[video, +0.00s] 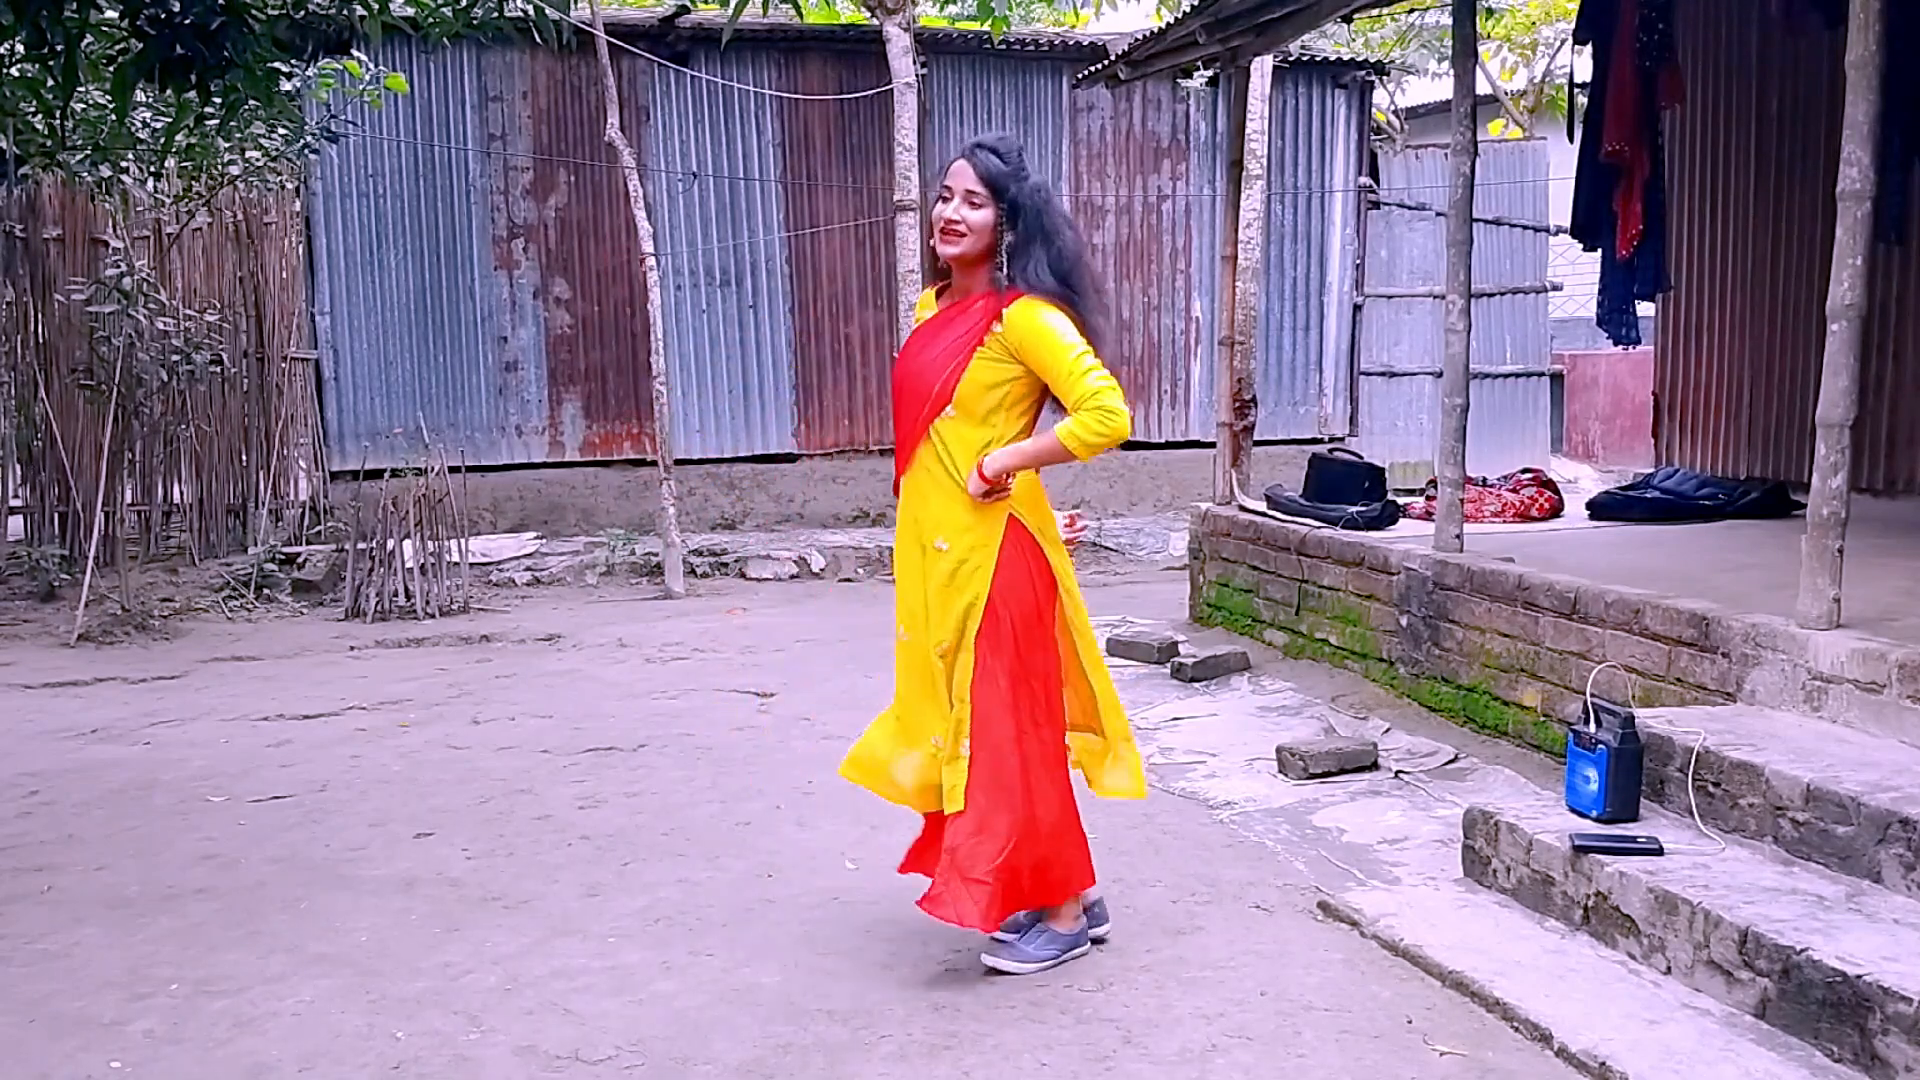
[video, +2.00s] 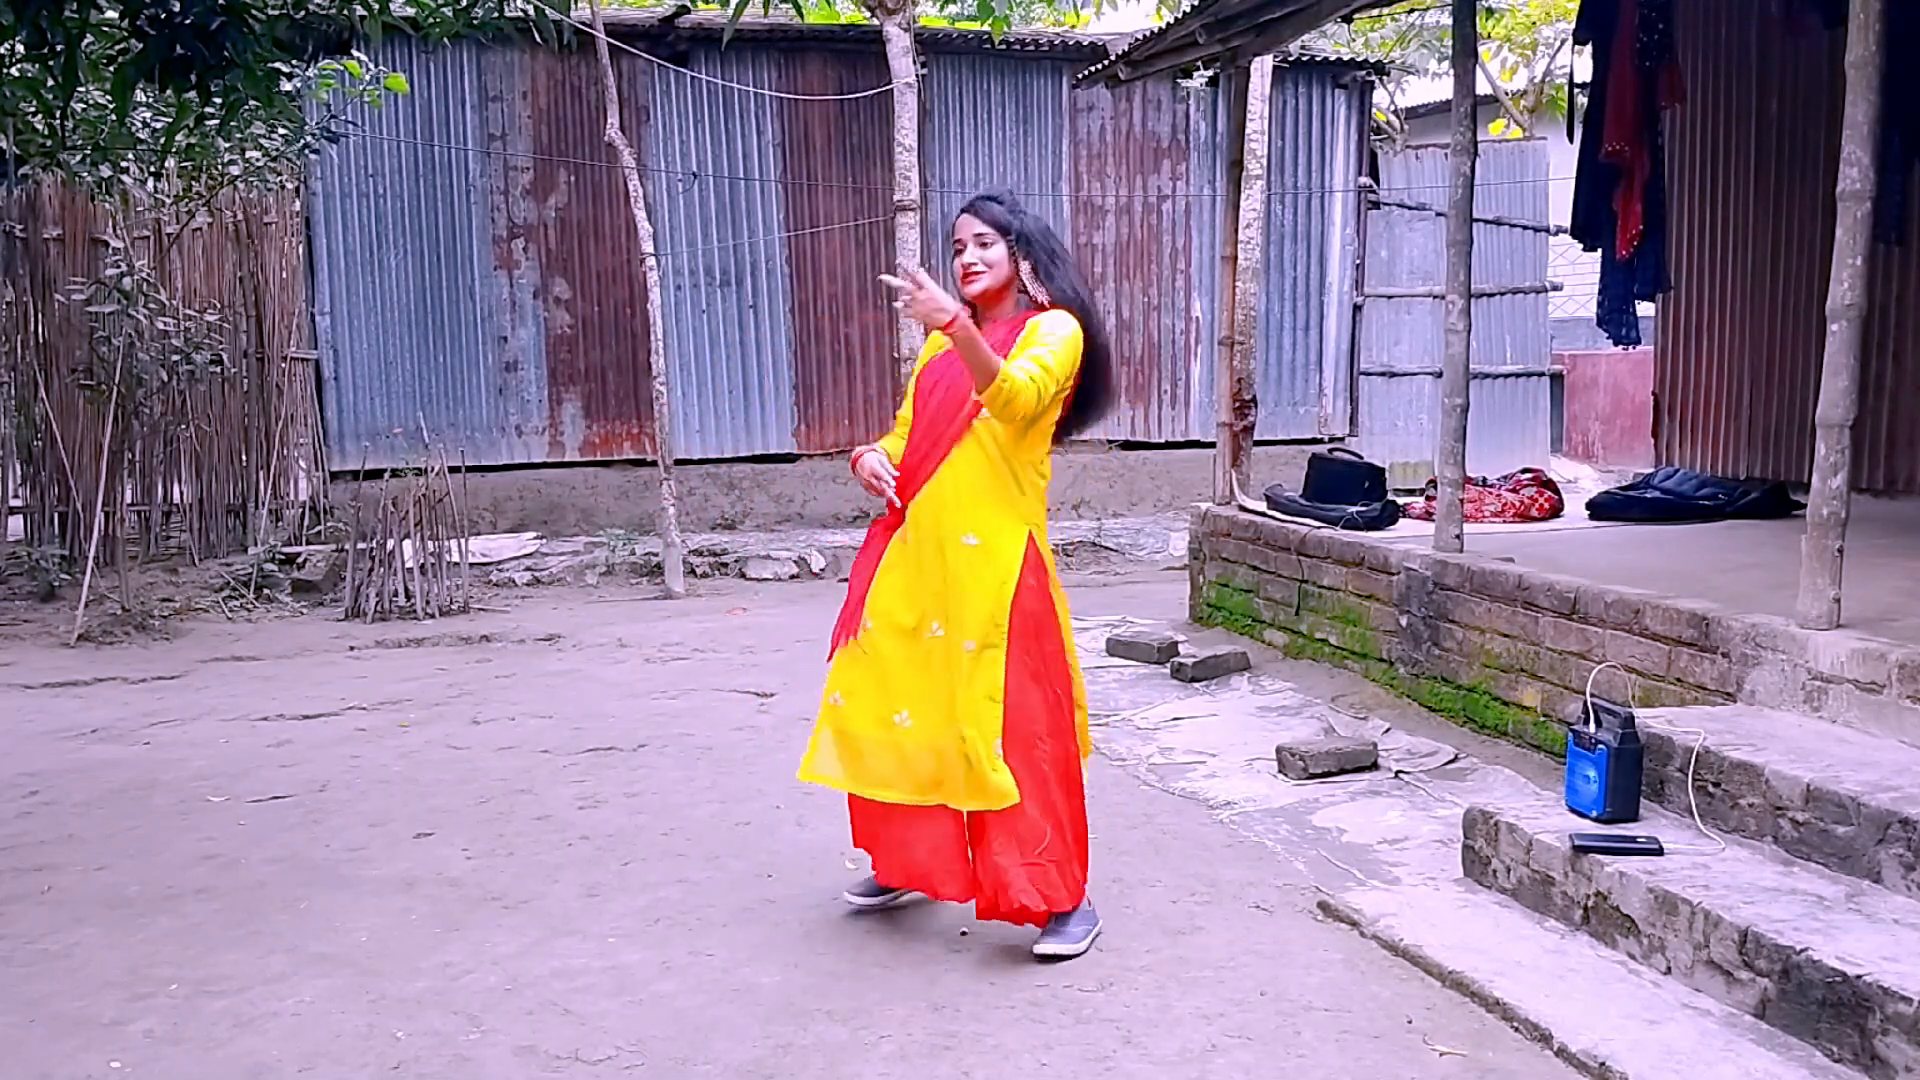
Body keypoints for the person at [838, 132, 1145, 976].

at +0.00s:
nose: (950, 211)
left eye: (972, 200)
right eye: (945, 196)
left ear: (1007, 220)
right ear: (933, 209)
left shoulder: (1025, 316)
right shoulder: (934, 310)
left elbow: (1106, 415)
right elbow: (958, 428)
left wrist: (1005, 461)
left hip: (999, 545)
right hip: (944, 543)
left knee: (1008, 722)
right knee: (988, 721)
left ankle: (1067, 907)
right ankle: (1057, 890)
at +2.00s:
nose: (968, 258)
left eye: (983, 243)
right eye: (959, 248)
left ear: (1022, 250)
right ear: (951, 263)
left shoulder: (1055, 328)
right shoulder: (941, 341)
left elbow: (1018, 401)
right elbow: (907, 433)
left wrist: (953, 323)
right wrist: (872, 455)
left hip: (999, 555)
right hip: (917, 550)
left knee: (1027, 725)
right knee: (887, 698)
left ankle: (1066, 900)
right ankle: (903, 860)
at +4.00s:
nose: (943, 314)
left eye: (956, 297)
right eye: (930, 300)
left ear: (991, 299)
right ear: (919, 306)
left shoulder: (1026, 376)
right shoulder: (904, 372)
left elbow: (1109, 388)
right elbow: (854, 404)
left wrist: (1019, 394)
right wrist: (928, 409)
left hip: (1015, 577)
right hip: (926, 582)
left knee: (1032, 733)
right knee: (870, 727)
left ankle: (1051, 900)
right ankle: (873, 876)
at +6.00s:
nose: (927, 290)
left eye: (944, 274)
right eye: (916, 274)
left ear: (978, 273)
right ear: (905, 274)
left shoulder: (1008, 341)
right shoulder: (903, 357)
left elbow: (947, 404)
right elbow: (852, 414)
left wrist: (860, 471)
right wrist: (813, 468)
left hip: (984, 547)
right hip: (912, 550)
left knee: (974, 712)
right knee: (879, 701)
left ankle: (1048, 895)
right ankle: (872, 871)